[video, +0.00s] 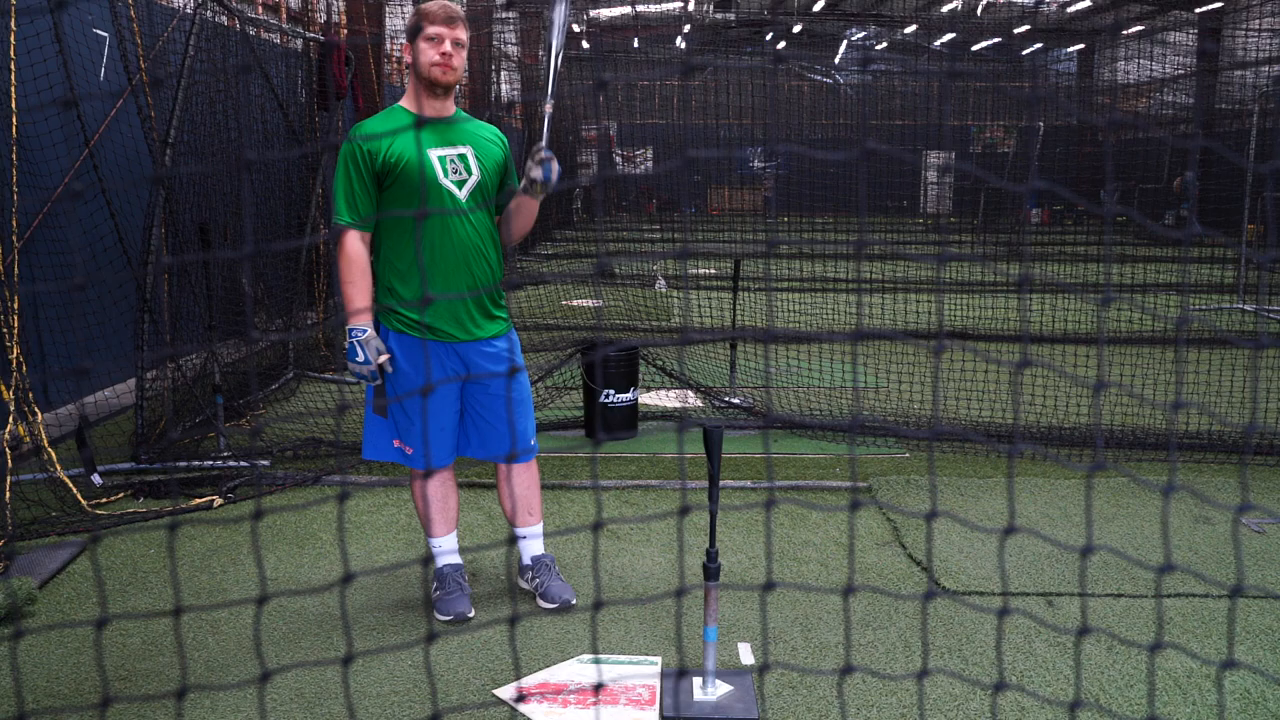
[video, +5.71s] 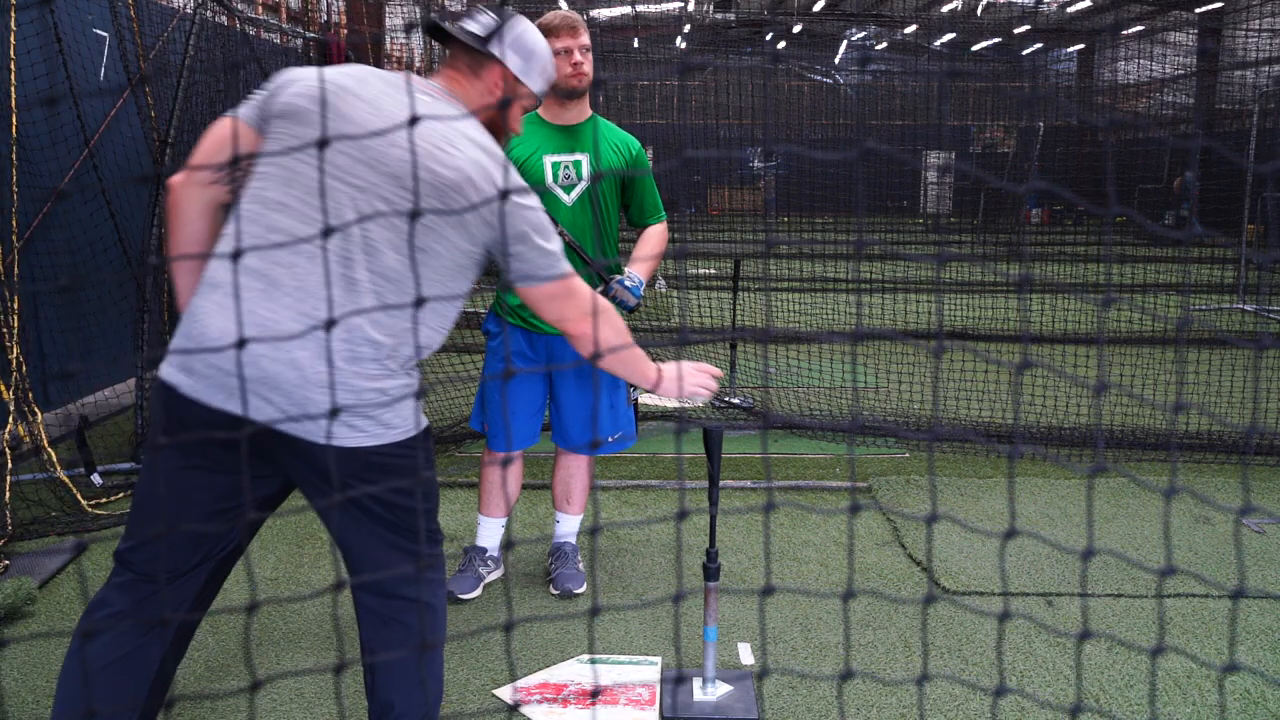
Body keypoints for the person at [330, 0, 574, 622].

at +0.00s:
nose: (448, 53)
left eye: (458, 45)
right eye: (436, 42)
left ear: (467, 58)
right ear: (408, 52)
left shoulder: (490, 141)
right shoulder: (370, 141)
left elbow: (507, 234)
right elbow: (354, 236)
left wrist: (533, 188)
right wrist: (360, 326)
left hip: (488, 325)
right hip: (410, 329)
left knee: (516, 443)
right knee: (431, 454)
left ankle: (534, 561)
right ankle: (448, 569)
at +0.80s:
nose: (462, 51)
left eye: (472, 42)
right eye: (448, 43)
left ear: (487, 54)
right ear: (426, 57)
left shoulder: (515, 143)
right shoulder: (392, 142)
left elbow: (541, 221)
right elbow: (368, 232)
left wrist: (545, 280)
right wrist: (366, 314)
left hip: (508, 325)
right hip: (427, 330)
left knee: (541, 443)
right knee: (439, 455)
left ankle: (562, 547)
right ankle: (448, 568)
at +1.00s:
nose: (479, 53)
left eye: (489, 43)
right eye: (465, 45)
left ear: (506, 54)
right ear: (448, 59)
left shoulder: (542, 145)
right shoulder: (414, 143)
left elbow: (564, 225)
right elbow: (387, 216)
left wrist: (560, 282)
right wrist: (382, 259)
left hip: (525, 325)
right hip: (444, 327)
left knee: (547, 445)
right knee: (448, 455)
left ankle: (562, 548)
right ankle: (449, 567)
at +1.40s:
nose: (519, 60)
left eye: (532, 49)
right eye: (510, 51)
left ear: (558, 57)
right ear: (502, 61)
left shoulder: (592, 147)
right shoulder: (470, 137)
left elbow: (617, 227)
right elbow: (436, 224)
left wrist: (609, 288)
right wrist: (452, 212)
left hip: (568, 325)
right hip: (489, 324)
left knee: (572, 441)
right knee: (476, 446)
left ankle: (564, 548)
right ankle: (453, 566)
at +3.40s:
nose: (550, 62)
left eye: (560, 50)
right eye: (539, 54)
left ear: (585, 56)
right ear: (529, 65)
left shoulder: (622, 148)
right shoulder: (500, 143)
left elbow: (650, 229)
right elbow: (480, 233)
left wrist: (639, 285)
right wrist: (475, 216)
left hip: (589, 322)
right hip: (514, 319)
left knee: (577, 436)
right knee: (500, 436)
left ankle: (566, 546)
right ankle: (486, 550)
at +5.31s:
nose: (572, 58)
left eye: (579, 49)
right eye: (559, 51)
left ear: (593, 59)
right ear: (539, 64)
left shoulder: (624, 148)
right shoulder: (505, 141)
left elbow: (652, 225)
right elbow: (480, 232)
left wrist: (635, 275)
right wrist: (479, 182)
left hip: (593, 318)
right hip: (518, 316)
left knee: (580, 438)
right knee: (503, 438)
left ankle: (566, 547)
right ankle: (486, 550)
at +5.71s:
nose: (577, 60)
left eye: (583, 51)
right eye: (564, 52)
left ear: (594, 59)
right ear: (537, 64)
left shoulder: (623, 148)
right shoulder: (506, 135)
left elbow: (654, 225)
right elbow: (473, 211)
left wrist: (630, 282)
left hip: (590, 324)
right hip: (515, 321)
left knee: (577, 441)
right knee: (501, 444)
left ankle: (566, 546)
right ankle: (486, 550)